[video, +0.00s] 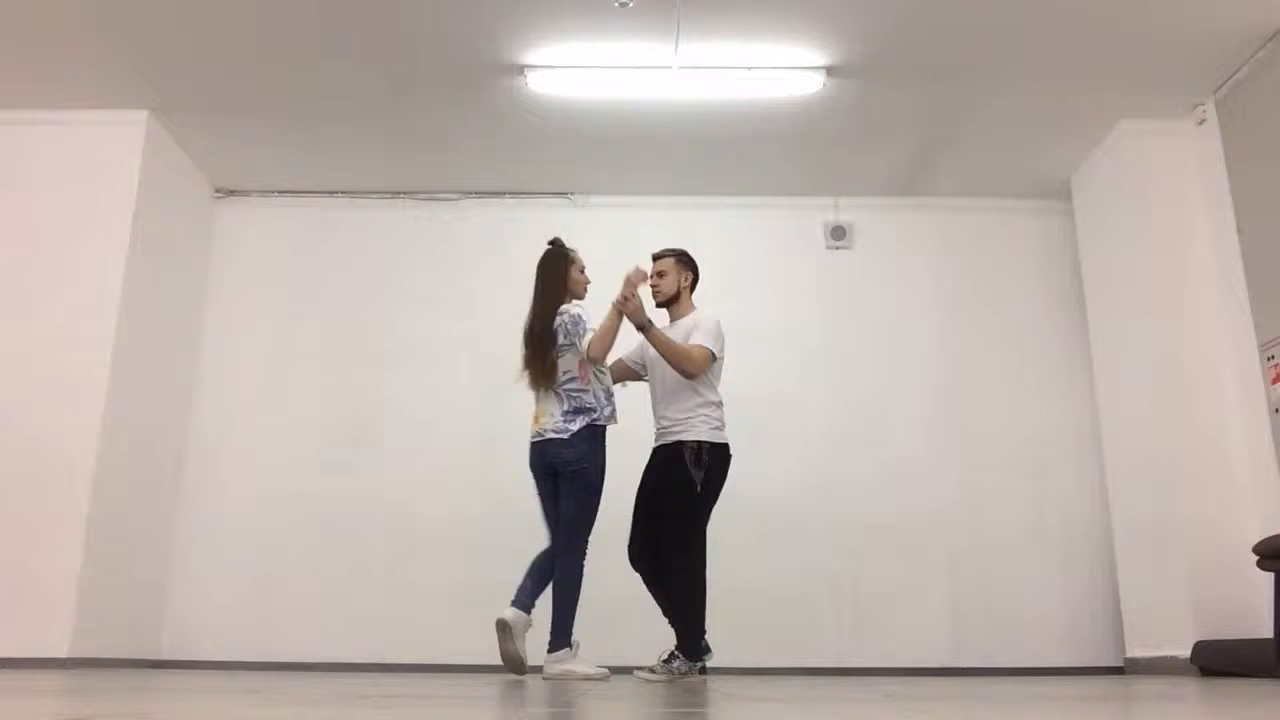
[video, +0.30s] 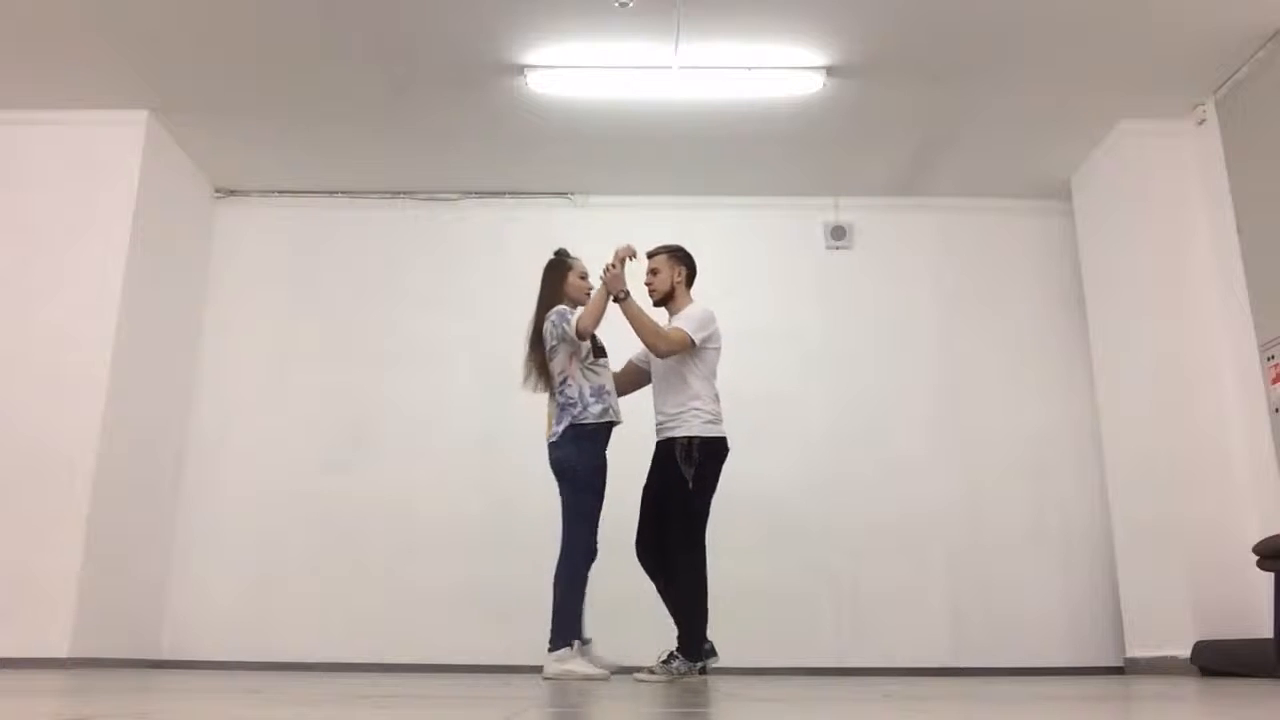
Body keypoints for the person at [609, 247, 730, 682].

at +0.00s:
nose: (653, 281)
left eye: (660, 274)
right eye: (651, 276)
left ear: (686, 278)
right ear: (657, 284)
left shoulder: (706, 324)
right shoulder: (654, 342)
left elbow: (693, 366)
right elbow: (605, 374)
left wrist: (643, 324)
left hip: (701, 449)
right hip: (667, 449)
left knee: (683, 548)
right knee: (643, 550)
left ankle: (690, 655)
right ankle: (692, 640)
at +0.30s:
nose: (647, 280)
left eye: (654, 272)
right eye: (646, 274)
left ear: (680, 274)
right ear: (663, 279)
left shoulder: (701, 317)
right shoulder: (662, 336)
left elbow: (662, 343)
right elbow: (616, 385)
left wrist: (622, 297)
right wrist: (566, 379)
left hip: (698, 443)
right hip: (671, 444)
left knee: (683, 544)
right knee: (650, 545)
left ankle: (691, 655)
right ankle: (696, 643)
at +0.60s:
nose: (643, 282)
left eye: (651, 273)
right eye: (643, 276)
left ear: (676, 274)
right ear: (664, 280)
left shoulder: (697, 315)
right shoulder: (663, 335)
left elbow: (654, 334)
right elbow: (622, 387)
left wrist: (623, 280)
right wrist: (582, 357)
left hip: (692, 444)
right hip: (671, 445)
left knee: (677, 551)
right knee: (666, 553)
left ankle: (690, 652)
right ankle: (702, 646)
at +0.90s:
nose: (646, 281)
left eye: (655, 272)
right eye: (646, 274)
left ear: (677, 275)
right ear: (659, 283)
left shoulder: (700, 316)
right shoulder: (659, 341)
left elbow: (664, 328)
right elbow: (618, 389)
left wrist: (642, 270)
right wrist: (573, 375)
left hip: (691, 444)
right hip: (669, 446)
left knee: (671, 546)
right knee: (675, 547)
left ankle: (693, 651)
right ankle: (700, 648)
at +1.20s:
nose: (647, 282)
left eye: (655, 275)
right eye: (646, 276)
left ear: (681, 278)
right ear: (656, 283)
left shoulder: (702, 314)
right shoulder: (658, 339)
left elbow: (672, 320)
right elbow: (619, 387)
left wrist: (656, 257)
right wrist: (574, 377)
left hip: (697, 444)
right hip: (669, 447)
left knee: (679, 549)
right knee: (672, 552)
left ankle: (693, 651)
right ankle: (701, 648)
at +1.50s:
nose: (652, 281)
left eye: (660, 272)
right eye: (651, 274)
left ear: (682, 276)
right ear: (666, 280)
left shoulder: (703, 314)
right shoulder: (665, 339)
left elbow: (666, 313)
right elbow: (625, 391)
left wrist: (649, 256)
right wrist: (579, 379)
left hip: (700, 443)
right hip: (675, 445)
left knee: (683, 548)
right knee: (664, 550)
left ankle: (692, 653)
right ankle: (692, 649)